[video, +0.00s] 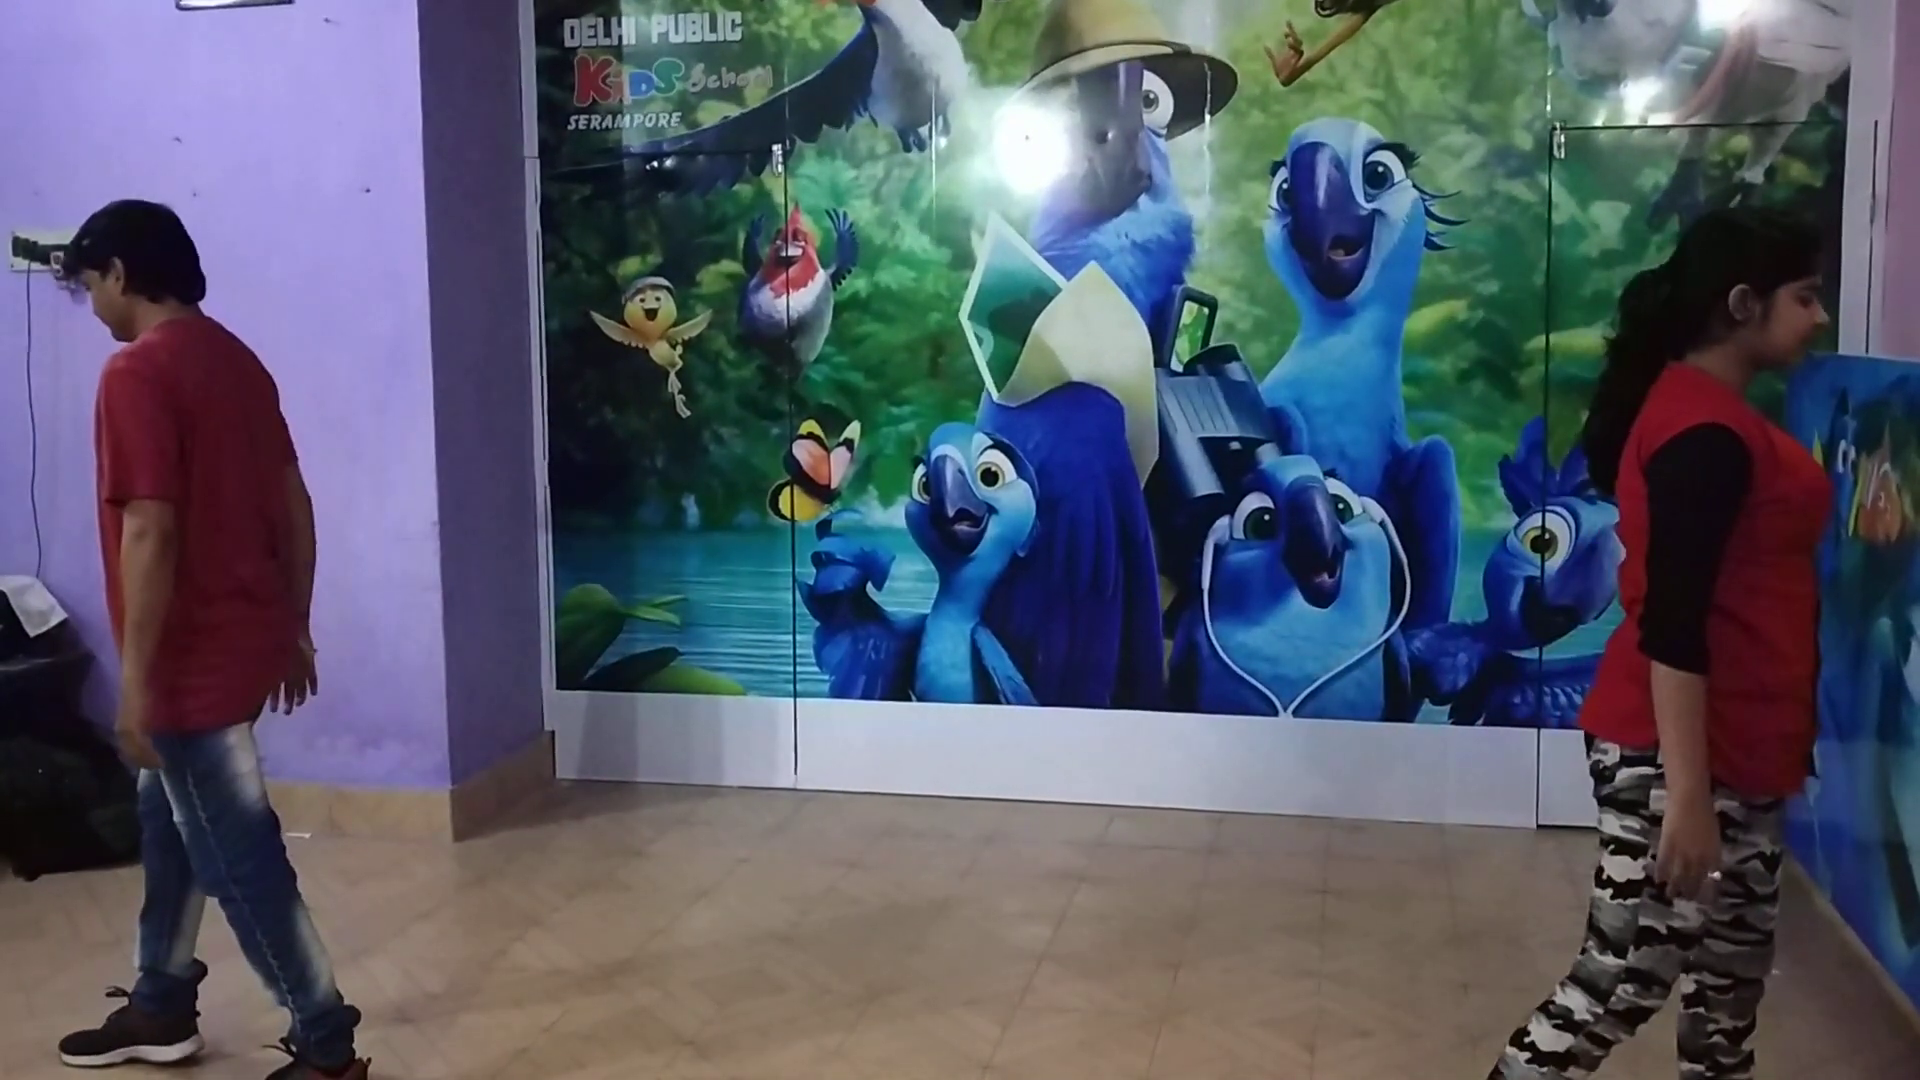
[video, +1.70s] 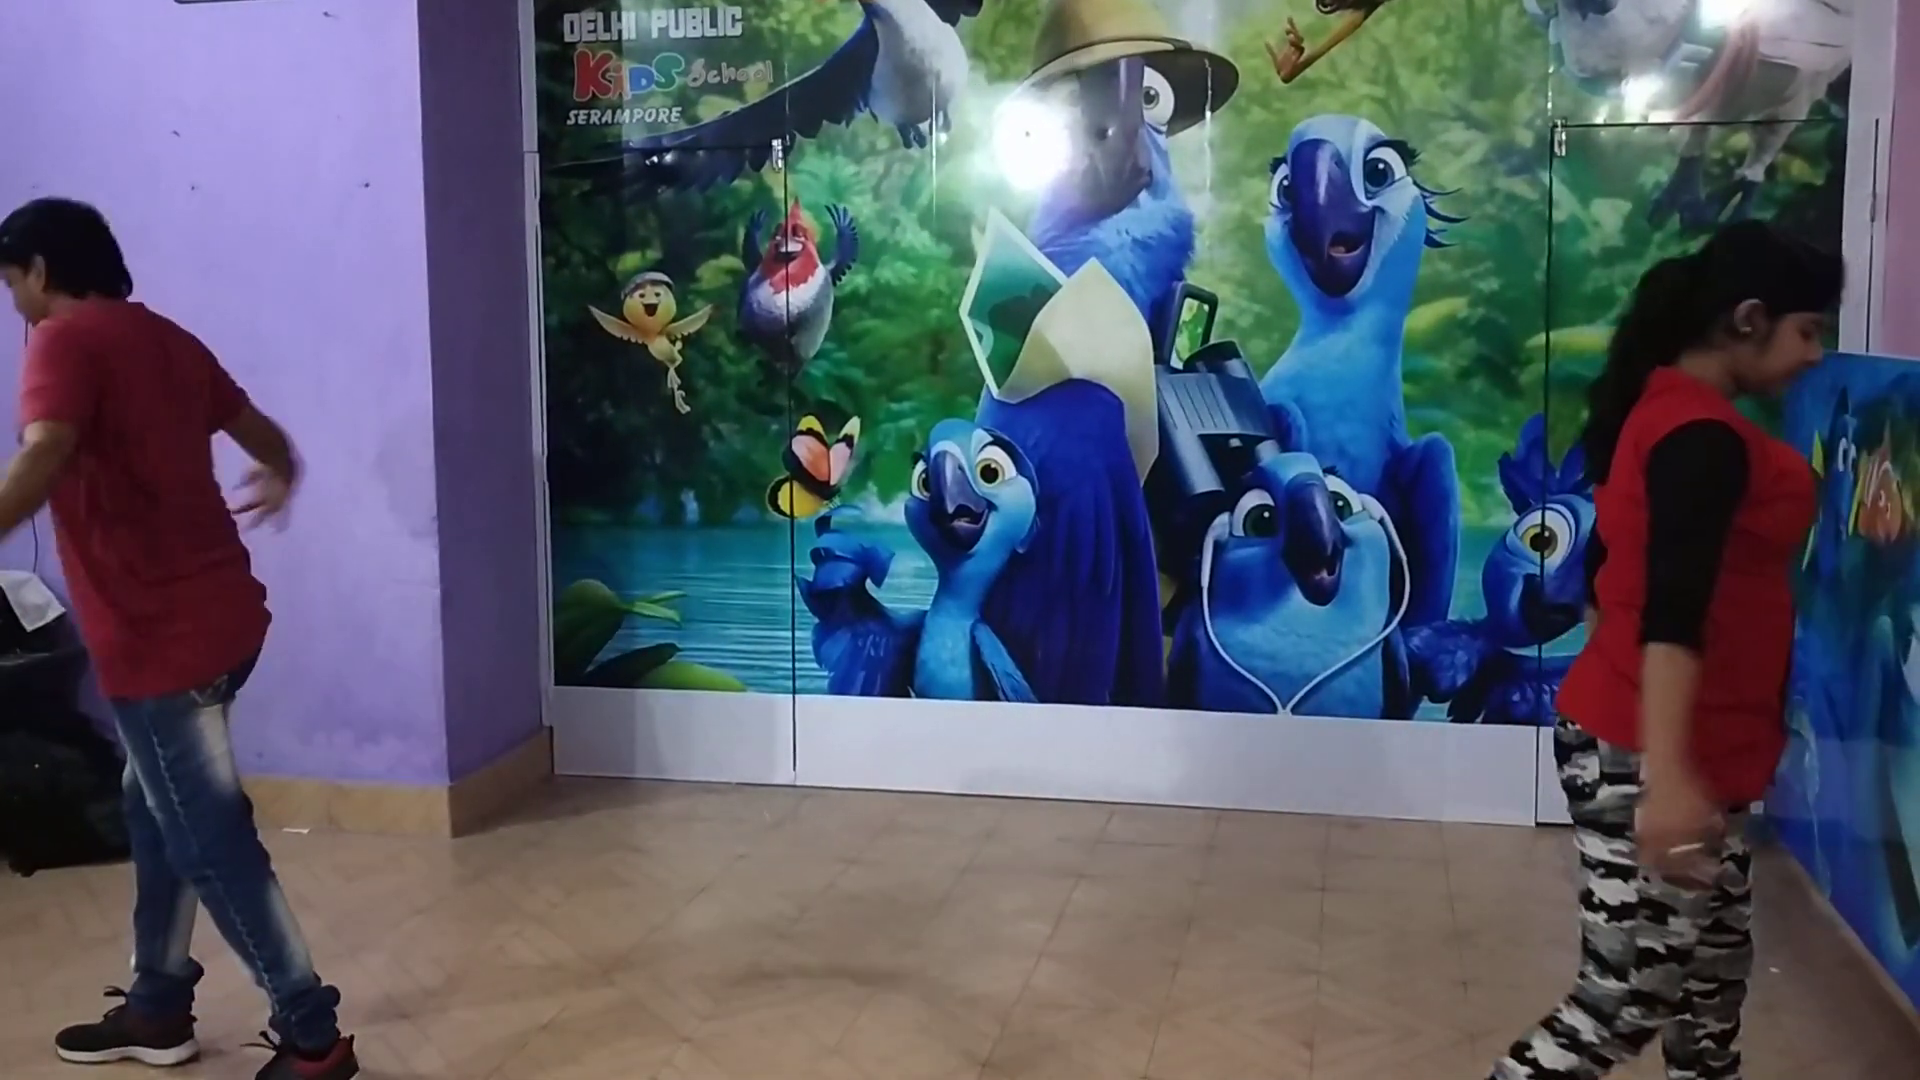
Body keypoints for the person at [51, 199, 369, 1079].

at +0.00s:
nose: (89, 304)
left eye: (88, 284)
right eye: (84, 287)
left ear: (121, 273)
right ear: (174, 271)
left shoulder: (139, 371)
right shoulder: (240, 360)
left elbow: (150, 528)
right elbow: (292, 503)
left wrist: (135, 685)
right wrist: (296, 625)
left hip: (182, 655)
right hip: (241, 639)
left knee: (241, 855)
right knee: (169, 820)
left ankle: (326, 1043)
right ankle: (161, 1008)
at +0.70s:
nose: (12, 346)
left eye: (20, 330)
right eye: (14, 329)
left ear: (50, 336)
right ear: (101, 339)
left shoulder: (43, 436)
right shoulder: (161, 420)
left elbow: (30, 555)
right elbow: (264, 506)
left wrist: (9, 644)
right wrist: (357, 555)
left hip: (183, 690)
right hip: (251, 667)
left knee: (135, 903)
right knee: (99, 805)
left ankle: (296, 1032)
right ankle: (151, 1012)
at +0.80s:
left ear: (4, 418)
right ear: (59, 413)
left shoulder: (20, 504)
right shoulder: (112, 478)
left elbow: (9, 609)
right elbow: (180, 568)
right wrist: (261, 600)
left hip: (213, 708)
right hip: (270, 677)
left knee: (128, 912)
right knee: (108, 803)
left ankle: (297, 1034)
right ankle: (153, 1015)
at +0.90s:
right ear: (34, 487)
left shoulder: (18, 564)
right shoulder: (82, 529)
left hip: (231, 713)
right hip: (290, 680)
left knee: (124, 913)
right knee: (119, 803)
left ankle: (300, 1037)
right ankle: (152, 1014)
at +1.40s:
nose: (2, 431)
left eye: (1, 419)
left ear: (12, 401)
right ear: (62, 382)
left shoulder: (37, 428)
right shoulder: (131, 412)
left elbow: (7, 530)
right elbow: (178, 536)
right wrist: (92, 607)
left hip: (195, 662)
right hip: (266, 642)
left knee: (181, 886)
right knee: (144, 834)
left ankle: (310, 1042)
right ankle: (158, 1014)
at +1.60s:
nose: (10, 326)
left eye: (10, 309)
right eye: (8, 311)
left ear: (38, 297)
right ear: (93, 288)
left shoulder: (54, 350)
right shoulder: (165, 344)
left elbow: (27, 463)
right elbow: (243, 454)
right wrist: (175, 527)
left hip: (156, 644)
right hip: (235, 621)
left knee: (207, 853)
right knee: (153, 820)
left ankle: (314, 1040)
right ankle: (157, 1012)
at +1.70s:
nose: (13, 297)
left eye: (13, 278)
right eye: (11, 280)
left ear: (41, 271)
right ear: (96, 267)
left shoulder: (61, 340)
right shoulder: (168, 336)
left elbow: (49, 448)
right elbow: (264, 437)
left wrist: (1, 524)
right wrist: (281, 475)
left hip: (151, 640)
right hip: (227, 618)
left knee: (216, 842)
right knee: (154, 810)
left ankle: (312, 1036)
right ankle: (157, 1011)